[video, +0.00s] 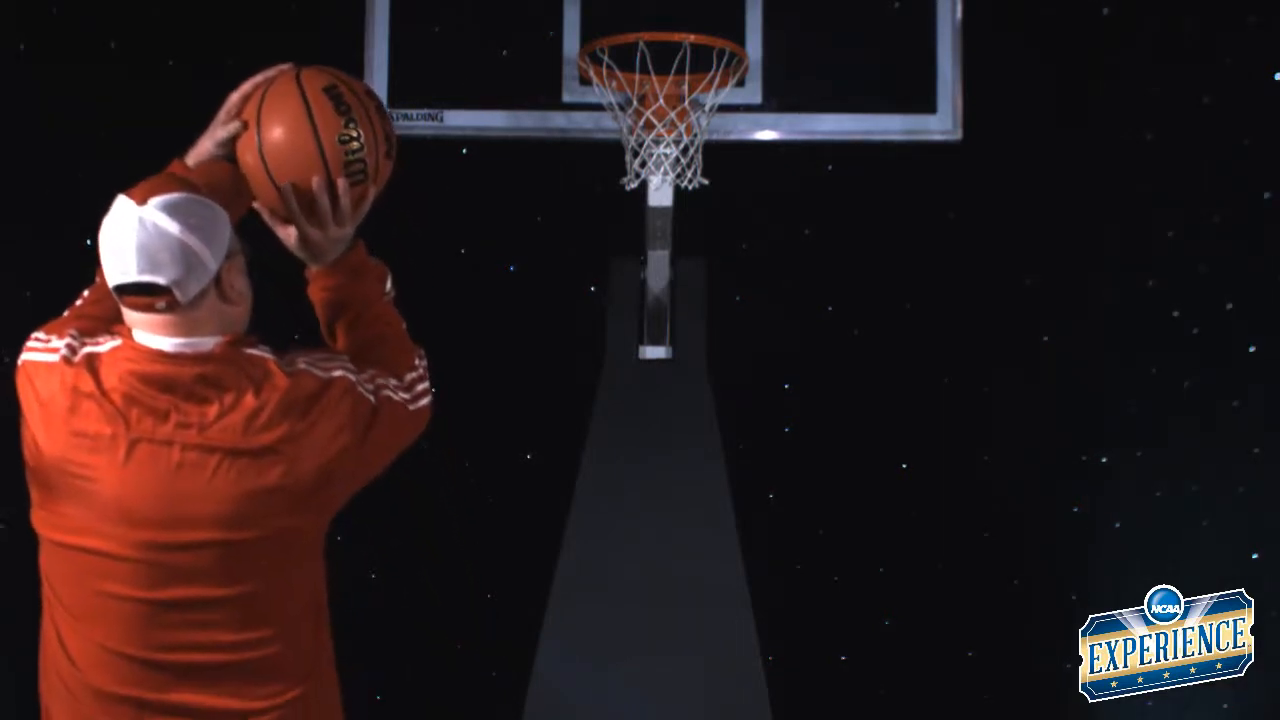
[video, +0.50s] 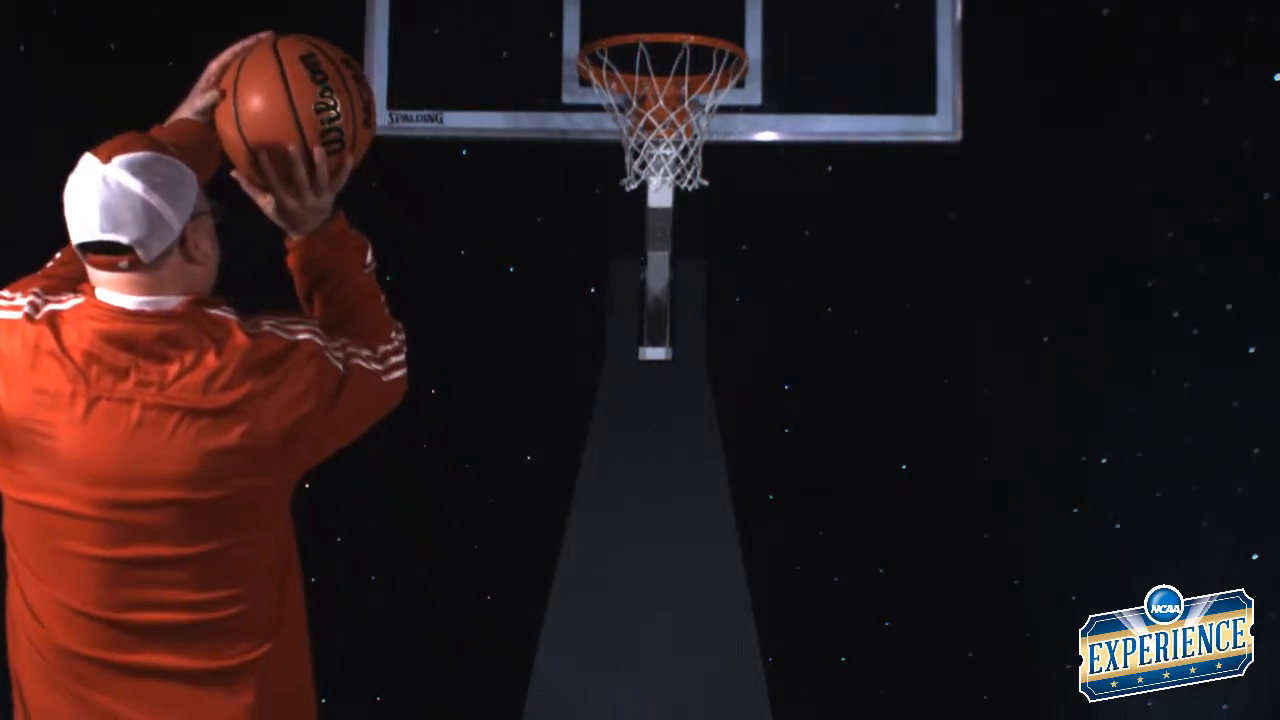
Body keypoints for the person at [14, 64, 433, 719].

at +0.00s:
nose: (244, 262)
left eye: (236, 253)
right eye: (236, 255)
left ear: (120, 288)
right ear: (226, 285)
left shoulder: (51, 390)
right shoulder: (303, 416)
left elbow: (117, 270)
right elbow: (405, 390)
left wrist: (198, 168)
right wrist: (342, 267)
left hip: (89, 707)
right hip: (273, 706)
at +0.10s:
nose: (237, 253)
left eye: (230, 242)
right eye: (230, 243)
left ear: (115, 276)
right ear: (216, 273)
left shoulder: (43, 384)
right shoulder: (294, 407)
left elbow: (113, 261)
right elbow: (400, 383)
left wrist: (197, 161)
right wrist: (336, 259)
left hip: (82, 706)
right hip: (266, 705)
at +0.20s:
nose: (230, 244)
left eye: (224, 233)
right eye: (224, 235)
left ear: (113, 267)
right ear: (209, 263)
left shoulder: (37, 376)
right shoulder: (284, 402)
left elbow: (111, 255)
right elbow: (395, 378)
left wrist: (197, 151)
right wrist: (333, 253)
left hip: (76, 704)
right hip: (257, 704)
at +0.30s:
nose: (225, 233)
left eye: (217, 223)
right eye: (218, 226)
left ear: (106, 255)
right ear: (203, 255)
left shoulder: (27, 362)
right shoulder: (280, 396)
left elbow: (107, 249)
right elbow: (391, 372)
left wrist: (195, 142)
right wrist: (329, 247)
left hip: (71, 703)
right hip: (251, 703)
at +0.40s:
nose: (218, 228)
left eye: (211, 217)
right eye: (212, 221)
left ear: (98, 248)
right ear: (198, 248)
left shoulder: (20, 356)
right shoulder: (271, 387)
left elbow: (98, 248)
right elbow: (385, 369)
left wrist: (188, 139)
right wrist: (325, 242)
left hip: (66, 702)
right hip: (247, 703)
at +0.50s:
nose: (212, 225)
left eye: (206, 213)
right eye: (205, 217)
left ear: (90, 239)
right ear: (191, 242)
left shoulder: (14, 351)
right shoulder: (260, 378)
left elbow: (90, 242)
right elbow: (380, 362)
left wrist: (183, 133)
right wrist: (320, 236)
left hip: (60, 703)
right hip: (243, 703)